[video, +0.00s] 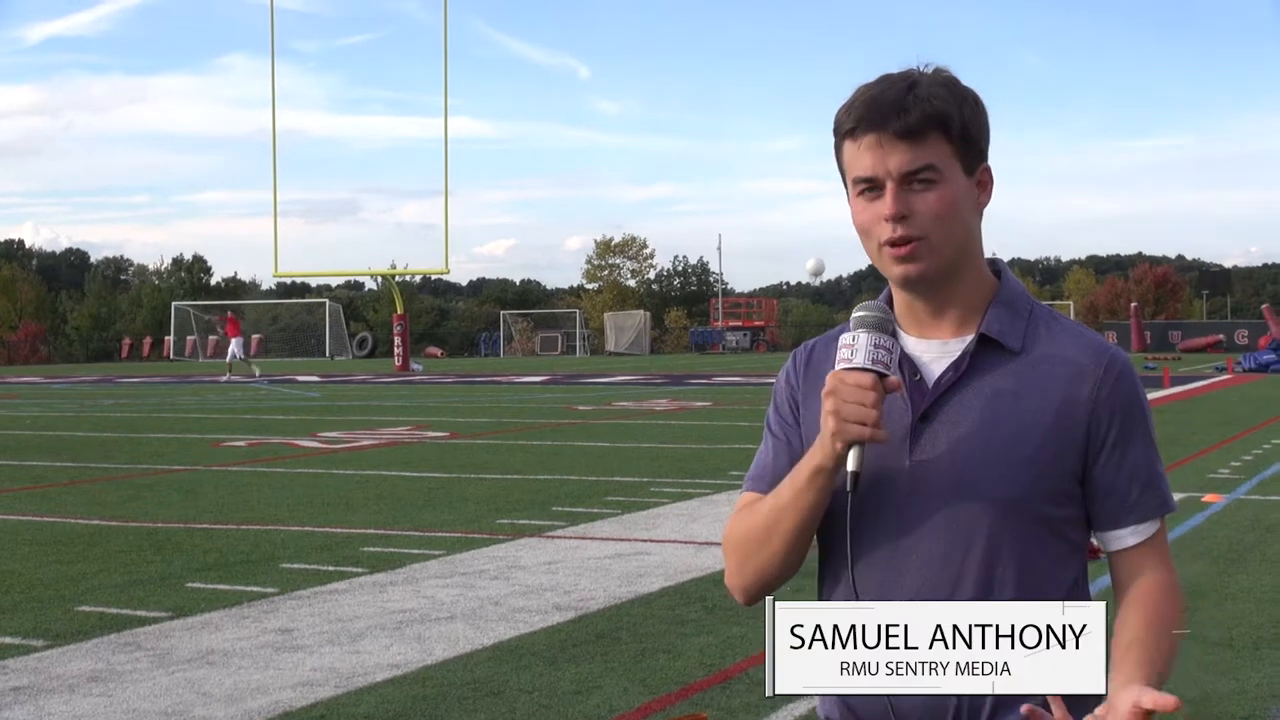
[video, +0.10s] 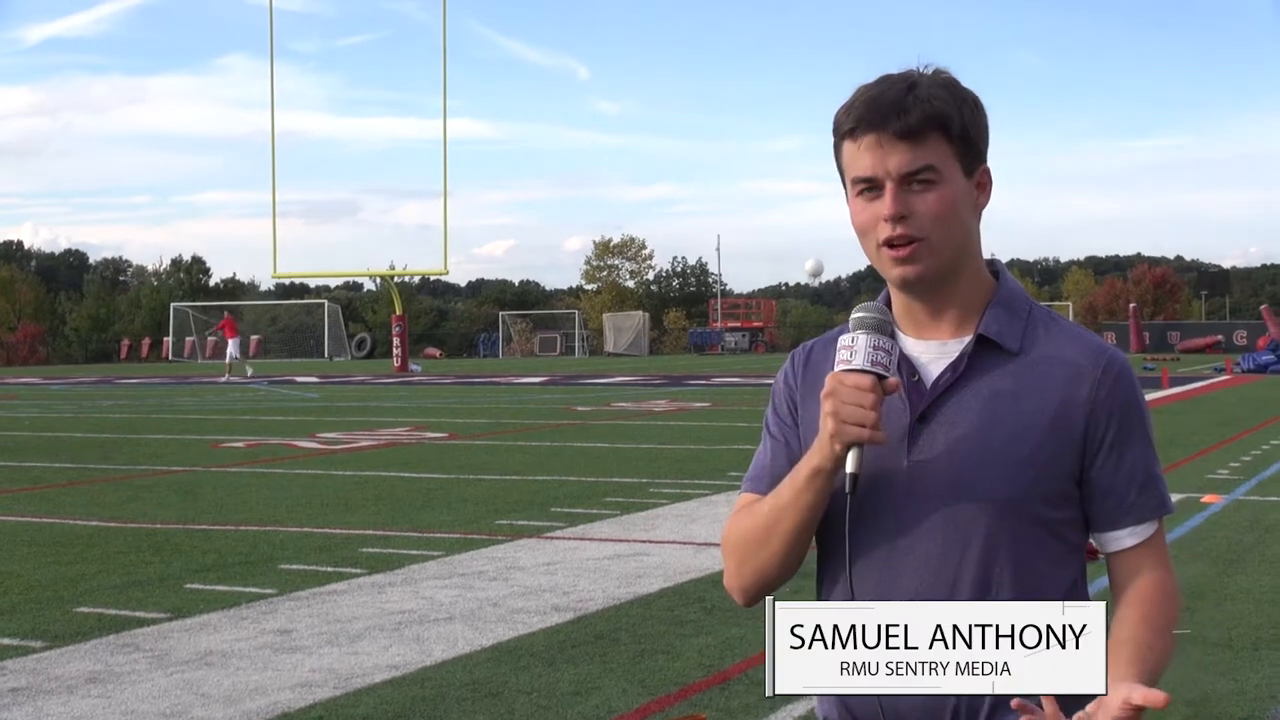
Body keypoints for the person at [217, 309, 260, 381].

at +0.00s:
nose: (229, 315)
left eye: (230, 314)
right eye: (228, 314)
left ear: (233, 315)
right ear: (228, 314)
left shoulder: (234, 320)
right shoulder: (229, 323)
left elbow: (223, 318)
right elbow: (227, 333)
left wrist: (215, 318)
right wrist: (222, 332)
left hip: (237, 338)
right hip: (233, 339)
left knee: (240, 356)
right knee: (228, 360)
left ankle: (255, 368)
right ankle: (228, 375)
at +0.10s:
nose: (224, 315)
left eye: (225, 314)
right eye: (224, 314)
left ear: (227, 314)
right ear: (230, 315)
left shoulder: (226, 320)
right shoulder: (232, 320)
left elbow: (219, 327)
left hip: (233, 339)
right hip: (233, 339)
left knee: (237, 356)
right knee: (228, 359)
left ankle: (248, 367)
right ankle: (227, 376)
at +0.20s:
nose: (222, 315)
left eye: (222, 314)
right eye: (222, 314)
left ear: (224, 314)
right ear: (228, 314)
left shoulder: (223, 321)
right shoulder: (230, 320)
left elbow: (218, 329)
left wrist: (215, 332)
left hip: (229, 340)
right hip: (233, 339)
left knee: (232, 355)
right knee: (227, 360)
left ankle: (241, 367)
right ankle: (226, 376)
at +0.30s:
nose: (221, 316)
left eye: (221, 315)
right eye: (221, 315)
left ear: (222, 315)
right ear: (227, 315)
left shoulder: (220, 322)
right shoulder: (230, 322)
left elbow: (217, 331)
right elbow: (232, 330)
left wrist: (216, 332)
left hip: (225, 341)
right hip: (231, 340)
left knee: (226, 357)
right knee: (227, 359)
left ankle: (234, 368)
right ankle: (225, 376)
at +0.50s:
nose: (219, 316)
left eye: (220, 315)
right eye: (219, 315)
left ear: (221, 315)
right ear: (226, 316)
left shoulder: (218, 322)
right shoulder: (228, 323)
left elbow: (214, 330)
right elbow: (230, 331)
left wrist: (212, 336)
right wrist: (229, 337)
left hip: (221, 341)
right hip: (228, 342)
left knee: (218, 358)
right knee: (225, 359)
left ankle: (223, 373)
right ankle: (225, 374)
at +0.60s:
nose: (218, 317)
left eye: (219, 315)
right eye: (218, 315)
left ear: (220, 316)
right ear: (225, 316)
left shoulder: (218, 323)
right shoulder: (227, 323)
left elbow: (213, 330)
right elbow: (228, 333)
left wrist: (210, 337)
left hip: (219, 342)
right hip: (226, 343)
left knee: (216, 358)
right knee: (223, 359)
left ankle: (220, 373)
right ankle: (223, 374)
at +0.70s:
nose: (217, 318)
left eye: (218, 316)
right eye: (217, 316)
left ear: (220, 317)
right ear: (224, 317)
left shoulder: (218, 324)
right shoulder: (226, 324)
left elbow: (212, 332)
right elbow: (226, 334)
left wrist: (209, 337)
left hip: (218, 343)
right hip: (225, 343)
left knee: (213, 359)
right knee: (222, 360)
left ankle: (220, 374)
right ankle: (222, 376)